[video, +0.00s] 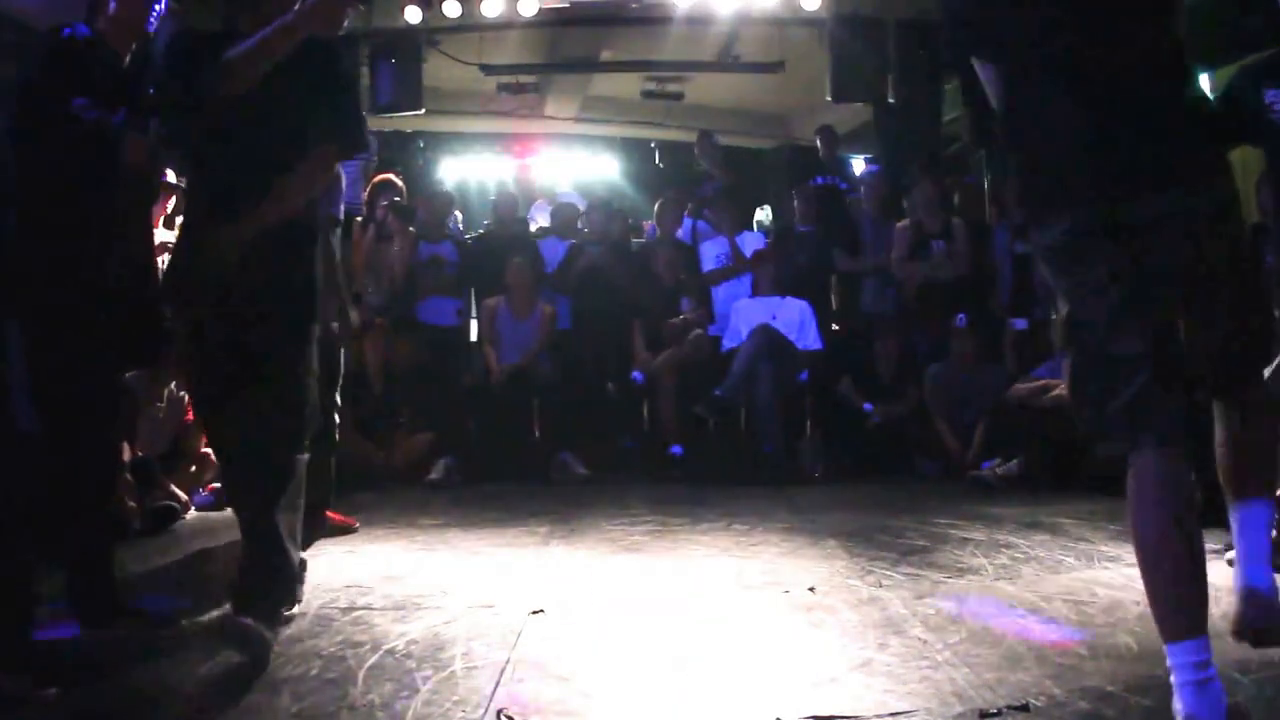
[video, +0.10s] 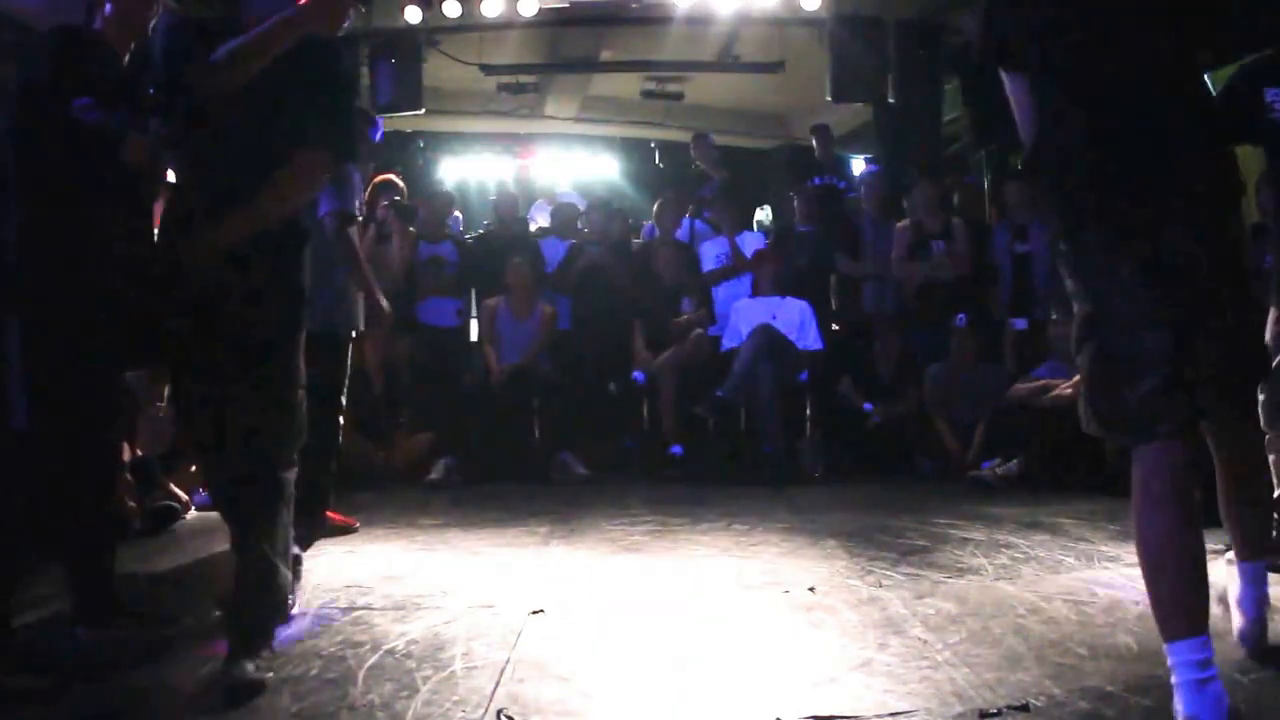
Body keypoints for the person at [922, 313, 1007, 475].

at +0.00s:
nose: (962, 345)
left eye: (966, 339)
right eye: (957, 339)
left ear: (975, 341)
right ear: (951, 341)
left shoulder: (987, 374)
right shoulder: (937, 374)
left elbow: (985, 415)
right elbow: (937, 415)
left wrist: (974, 453)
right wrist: (954, 448)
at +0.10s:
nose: (961, 346)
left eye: (966, 339)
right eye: (957, 339)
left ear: (975, 342)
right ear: (951, 341)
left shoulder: (987, 375)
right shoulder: (937, 374)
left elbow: (986, 415)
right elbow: (937, 414)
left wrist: (973, 454)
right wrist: (954, 449)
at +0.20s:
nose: (961, 347)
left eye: (966, 341)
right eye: (957, 340)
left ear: (975, 343)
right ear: (950, 343)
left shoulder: (988, 375)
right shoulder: (937, 374)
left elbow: (985, 416)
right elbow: (937, 414)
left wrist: (974, 453)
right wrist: (953, 447)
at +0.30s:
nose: (961, 346)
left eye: (967, 340)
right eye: (957, 340)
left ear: (975, 343)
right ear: (951, 343)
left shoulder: (990, 375)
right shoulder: (937, 374)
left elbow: (986, 417)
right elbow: (937, 415)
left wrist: (973, 454)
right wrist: (954, 449)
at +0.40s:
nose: (962, 348)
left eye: (967, 342)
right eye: (957, 342)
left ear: (976, 345)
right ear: (950, 345)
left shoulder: (988, 374)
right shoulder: (936, 374)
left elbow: (986, 415)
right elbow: (937, 415)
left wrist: (974, 454)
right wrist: (954, 450)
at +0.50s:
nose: (961, 350)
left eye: (967, 344)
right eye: (957, 344)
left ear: (975, 346)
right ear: (950, 346)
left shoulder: (988, 374)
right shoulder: (936, 375)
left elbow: (986, 416)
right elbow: (936, 415)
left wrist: (974, 453)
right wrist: (955, 450)